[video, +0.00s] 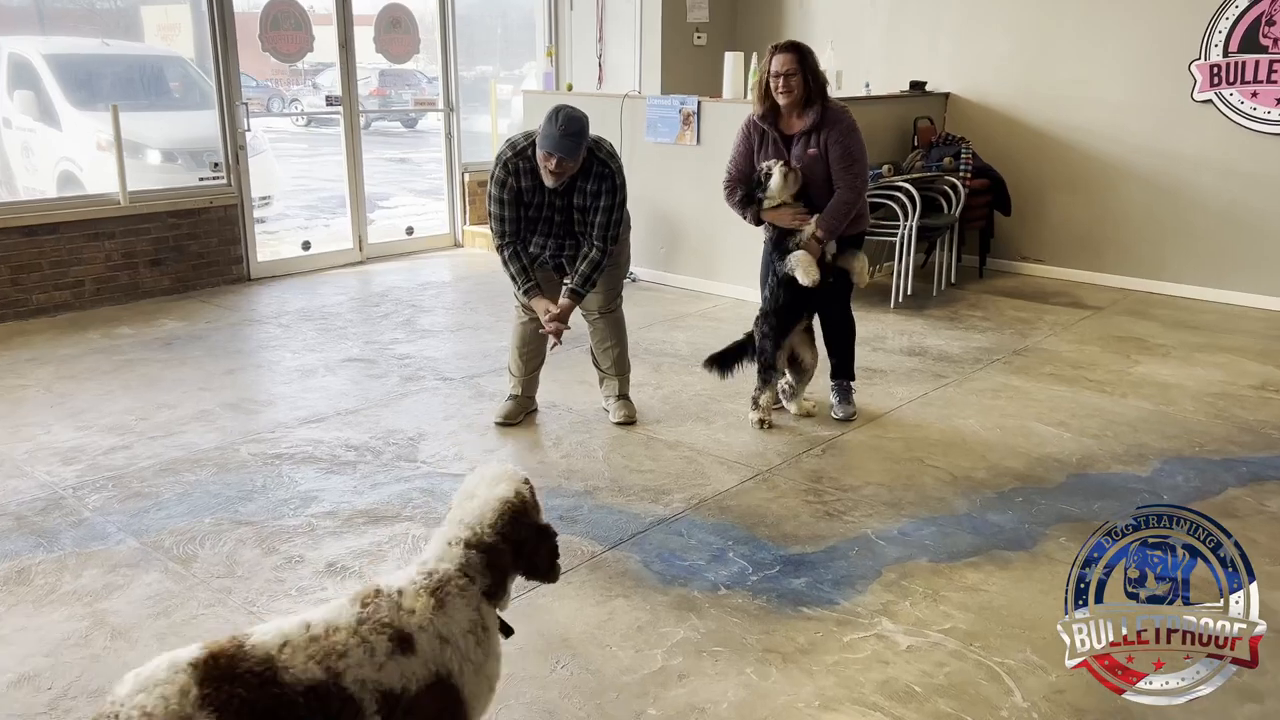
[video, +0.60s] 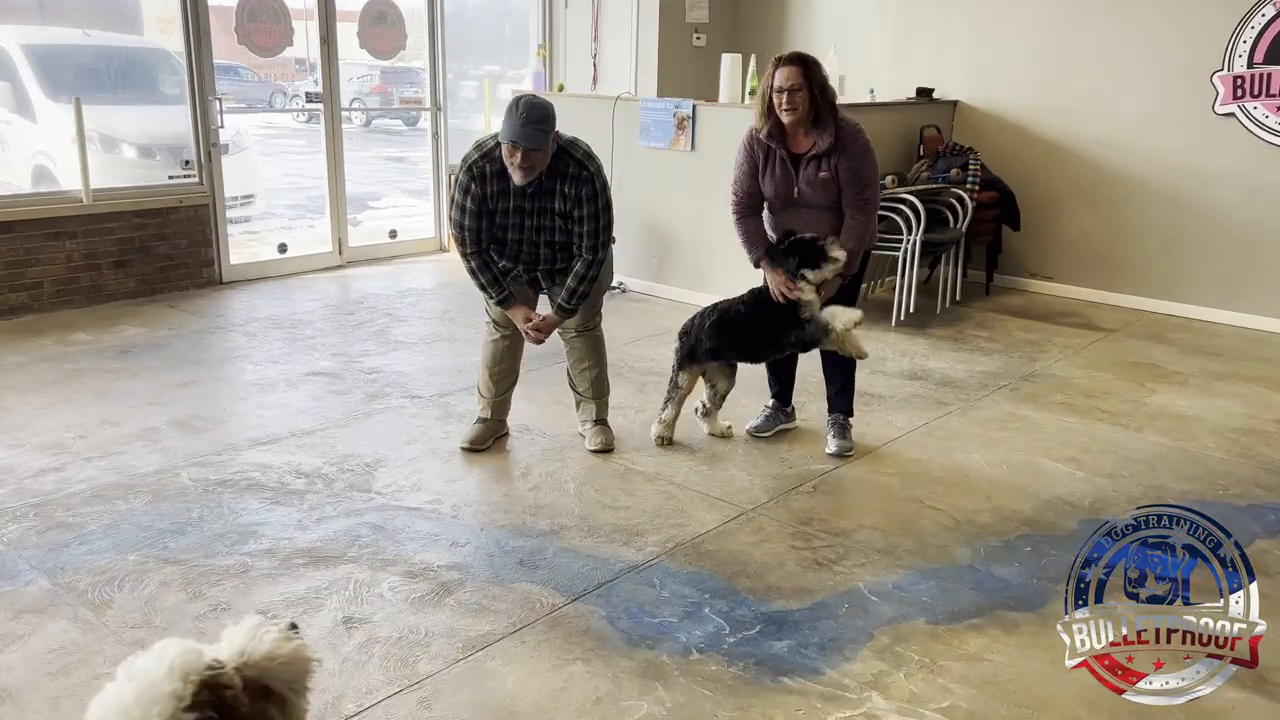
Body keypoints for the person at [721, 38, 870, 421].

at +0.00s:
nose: (781, 82)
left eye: (790, 74)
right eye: (774, 75)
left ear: (807, 77)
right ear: (767, 81)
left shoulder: (836, 121)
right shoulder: (756, 125)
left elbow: (852, 188)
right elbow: (734, 186)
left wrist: (818, 235)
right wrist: (767, 214)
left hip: (838, 233)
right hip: (783, 233)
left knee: (834, 309)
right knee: (781, 310)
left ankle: (842, 385)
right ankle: (790, 373)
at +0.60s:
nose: (786, 98)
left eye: (796, 89)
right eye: (779, 90)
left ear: (815, 92)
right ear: (769, 96)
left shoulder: (848, 139)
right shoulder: (757, 141)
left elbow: (862, 210)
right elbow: (744, 207)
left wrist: (839, 272)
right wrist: (767, 265)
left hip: (843, 245)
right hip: (784, 246)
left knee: (834, 326)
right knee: (781, 321)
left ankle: (839, 419)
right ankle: (780, 406)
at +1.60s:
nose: (793, 107)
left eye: (803, 96)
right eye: (782, 99)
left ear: (821, 100)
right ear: (770, 107)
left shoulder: (857, 150)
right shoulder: (758, 157)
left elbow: (871, 229)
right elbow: (762, 236)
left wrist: (843, 293)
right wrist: (814, 287)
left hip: (847, 275)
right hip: (783, 272)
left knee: (841, 365)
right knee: (772, 362)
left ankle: (840, 450)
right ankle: (764, 443)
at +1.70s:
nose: (794, 101)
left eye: (804, 91)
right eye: (784, 93)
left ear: (822, 95)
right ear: (771, 102)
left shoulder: (858, 146)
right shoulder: (758, 154)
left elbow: (870, 228)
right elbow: (757, 235)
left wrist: (845, 298)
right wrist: (799, 288)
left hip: (848, 276)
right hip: (782, 275)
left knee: (844, 367)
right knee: (770, 362)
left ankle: (838, 448)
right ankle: (770, 445)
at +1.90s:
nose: (795, 103)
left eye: (805, 92)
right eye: (785, 94)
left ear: (823, 97)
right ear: (772, 102)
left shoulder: (857, 148)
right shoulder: (758, 151)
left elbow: (862, 234)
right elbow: (746, 229)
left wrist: (836, 306)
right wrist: (755, 304)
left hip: (849, 269)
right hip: (785, 266)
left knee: (832, 353)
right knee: (770, 355)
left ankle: (835, 447)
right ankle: (765, 445)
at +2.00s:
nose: (793, 108)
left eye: (803, 98)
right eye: (782, 99)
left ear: (821, 101)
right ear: (769, 106)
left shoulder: (855, 152)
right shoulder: (756, 155)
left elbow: (858, 238)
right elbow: (746, 232)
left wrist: (830, 309)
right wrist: (761, 300)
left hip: (850, 267)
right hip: (787, 265)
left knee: (832, 351)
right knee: (773, 350)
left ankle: (839, 449)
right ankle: (761, 441)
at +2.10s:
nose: (792, 111)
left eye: (802, 99)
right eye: (781, 102)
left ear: (820, 102)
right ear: (769, 108)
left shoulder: (855, 150)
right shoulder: (756, 157)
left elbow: (859, 234)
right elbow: (755, 233)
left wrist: (826, 302)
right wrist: (767, 296)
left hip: (855, 263)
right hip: (794, 263)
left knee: (834, 345)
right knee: (773, 350)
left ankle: (840, 445)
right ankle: (760, 443)